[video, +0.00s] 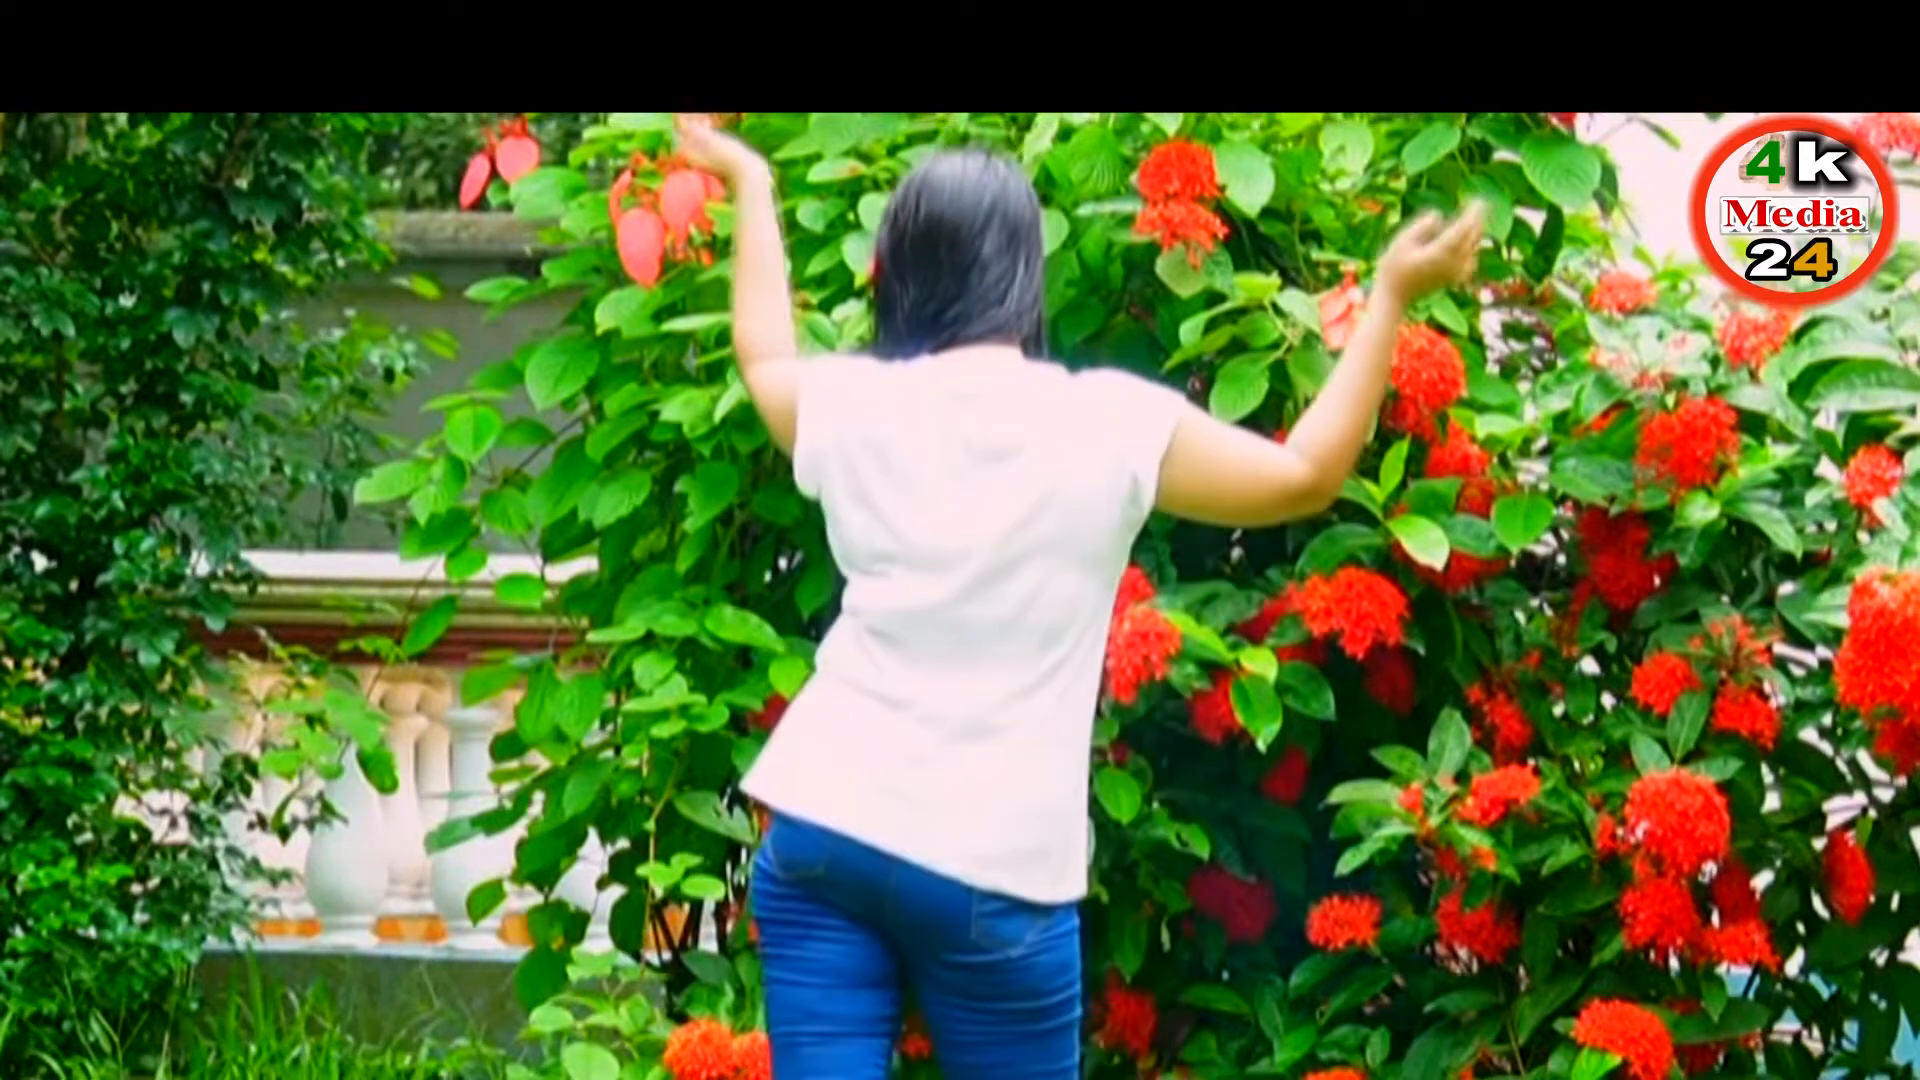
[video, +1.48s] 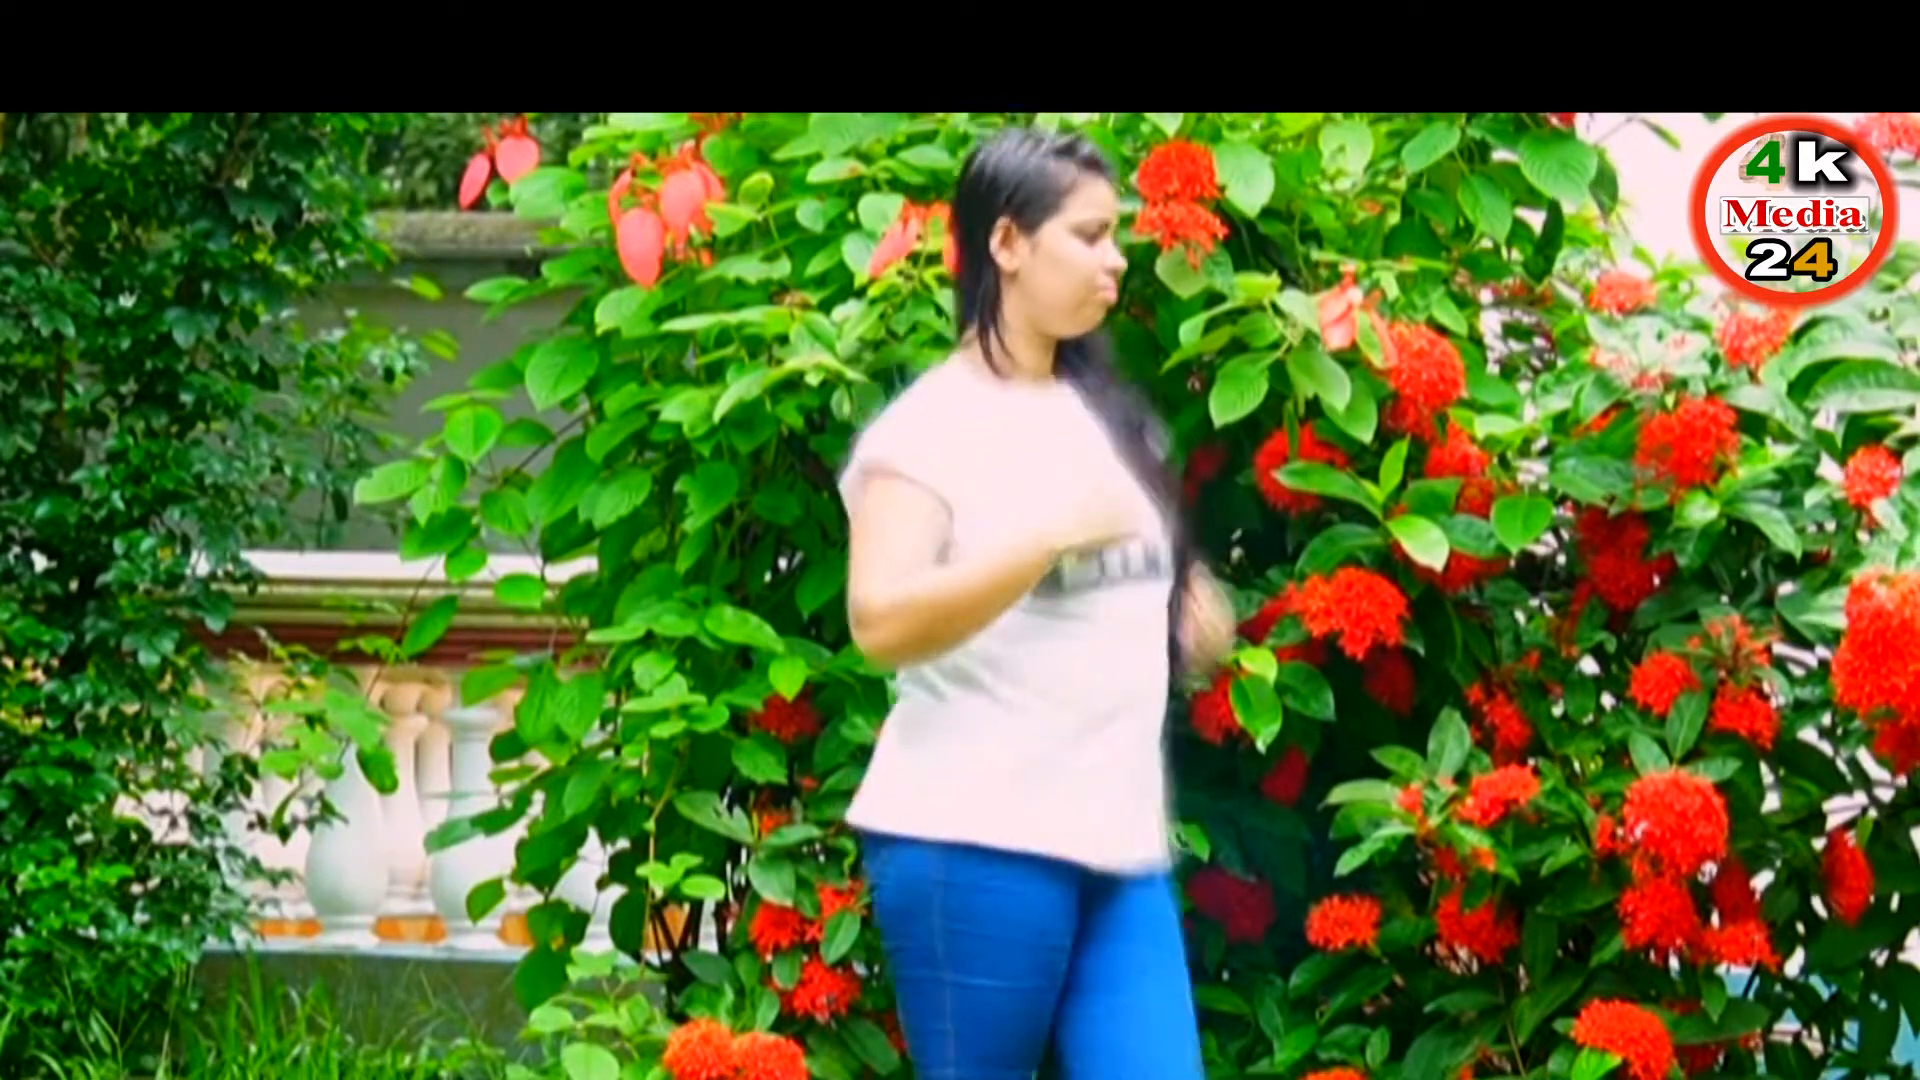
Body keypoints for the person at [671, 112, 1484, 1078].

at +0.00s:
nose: (869, 267)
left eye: (878, 248)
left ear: (888, 269)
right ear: (1029, 271)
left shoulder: (839, 403)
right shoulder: (1119, 419)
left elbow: (762, 357)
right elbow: (1306, 474)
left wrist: (752, 185)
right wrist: (1392, 291)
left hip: (816, 816)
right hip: (1000, 854)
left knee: (820, 1067)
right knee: (1020, 1063)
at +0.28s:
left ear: (922, 242)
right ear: (1061, 246)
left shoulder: (863, 389)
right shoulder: (1115, 387)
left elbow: (853, 346)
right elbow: (1320, 446)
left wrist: (875, 204)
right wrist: (1352, 250)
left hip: (924, 807)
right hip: (1100, 799)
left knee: (921, 1066)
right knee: (1101, 1067)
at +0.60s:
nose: (1100, 256)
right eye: (1098, 236)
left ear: (957, 251)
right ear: (1085, 260)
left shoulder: (884, 404)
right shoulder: (1115, 400)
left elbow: (924, 413)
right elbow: (1311, 485)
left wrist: (928, 287)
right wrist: (1306, 297)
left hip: (954, 815)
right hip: (1116, 798)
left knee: (1008, 1067)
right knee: (1110, 1065)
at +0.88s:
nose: (1075, 283)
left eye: (1070, 259)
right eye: (1067, 260)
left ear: (945, 274)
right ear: (1031, 274)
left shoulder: (863, 446)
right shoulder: (1044, 430)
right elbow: (1208, 558)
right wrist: (1206, 379)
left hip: (888, 862)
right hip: (1037, 886)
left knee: (956, 1067)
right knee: (1149, 1065)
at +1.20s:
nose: (1101, 233)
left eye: (1095, 208)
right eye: (1084, 208)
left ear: (1024, 229)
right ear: (1017, 224)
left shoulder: (999, 366)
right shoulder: (958, 365)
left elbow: (1018, 567)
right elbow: (1014, 570)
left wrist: (1092, 433)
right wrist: (1112, 431)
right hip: (992, 813)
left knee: (934, 1066)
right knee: (1070, 1065)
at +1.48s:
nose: (1116, 263)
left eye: (1115, 239)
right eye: (1092, 236)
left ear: (1025, 250)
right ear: (1008, 246)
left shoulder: (1102, 419)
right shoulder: (922, 427)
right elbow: (880, 625)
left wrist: (1178, 609)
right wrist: (1048, 539)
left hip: (1124, 846)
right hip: (972, 844)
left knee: (1159, 1067)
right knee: (976, 1068)